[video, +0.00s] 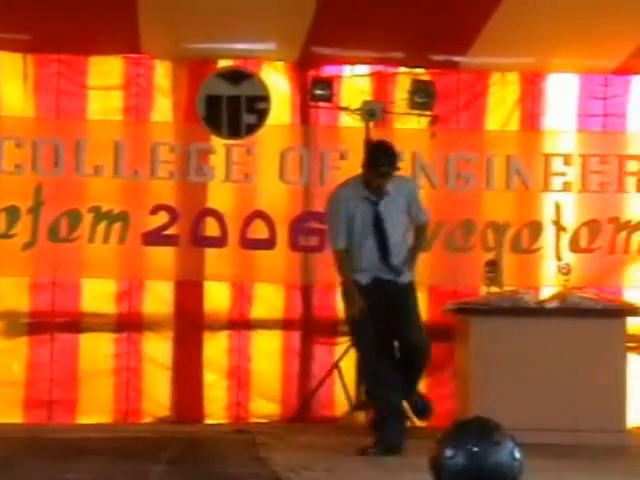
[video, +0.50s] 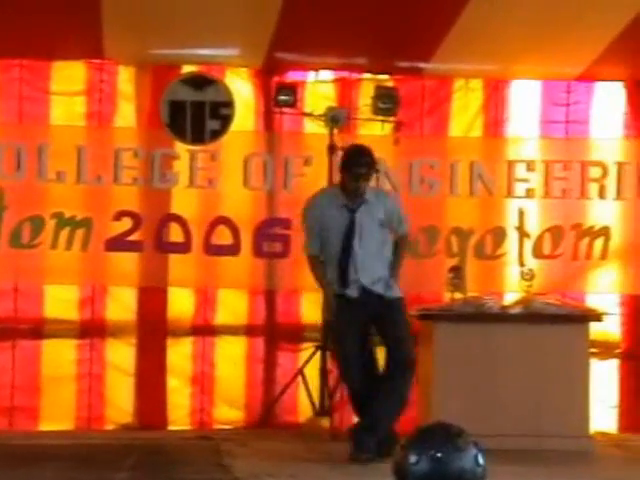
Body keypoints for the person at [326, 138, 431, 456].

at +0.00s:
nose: (382, 182)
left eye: (387, 175)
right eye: (377, 175)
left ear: (394, 172)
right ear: (364, 170)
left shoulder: (405, 190)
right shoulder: (343, 198)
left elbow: (421, 224)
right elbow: (339, 249)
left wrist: (413, 253)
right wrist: (350, 291)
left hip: (400, 284)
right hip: (364, 285)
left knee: (416, 345)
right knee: (374, 360)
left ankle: (406, 388)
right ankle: (389, 433)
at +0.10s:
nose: (370, 180)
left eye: (374, 173)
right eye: (363, 174)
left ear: (381, 168)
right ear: (351, 170)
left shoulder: (394, 188)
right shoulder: (331, 197)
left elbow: (408, 221)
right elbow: (322, 246)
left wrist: (401, 255)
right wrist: (330, 287)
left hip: (384, 282)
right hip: (345, 283)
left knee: (392, 356)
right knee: (342, 357)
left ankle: (393, 430)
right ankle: (358, 428)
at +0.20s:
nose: (363, 180)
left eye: (367, 172)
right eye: (356, 173)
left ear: (375, 167)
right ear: (345, 171)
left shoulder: (394, 189)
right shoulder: (327, 197)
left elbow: (408, 228)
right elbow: (312, 243)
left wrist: (396, 271)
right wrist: (319, 284)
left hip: (379, 287)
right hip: (339, 286)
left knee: (377, 362)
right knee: (326, 359)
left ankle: (369, 435)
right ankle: (339, 432)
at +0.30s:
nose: (361, 178)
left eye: (367, 171)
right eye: (355, 172)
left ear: (375, 168)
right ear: (344, 170)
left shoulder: (394, 192)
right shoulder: (331, 197)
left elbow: (418, 231)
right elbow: (313, 242)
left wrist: (399, 278)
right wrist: (319, 284)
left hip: (380, 293)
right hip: (340, 291)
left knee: (371, 368)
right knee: (329, 362)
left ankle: (357, 440)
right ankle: (342, 428)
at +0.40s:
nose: (359, 178)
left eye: (365, 171)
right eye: (353, 171)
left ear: (373, 168)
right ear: (341, 167)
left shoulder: (390, 191)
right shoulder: (324, 195)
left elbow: (414, 226)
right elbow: (316, 242)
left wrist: (398, 273)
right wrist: (320, 282)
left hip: (381, 289)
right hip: (341, 289)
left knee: (381, 362)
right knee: (342, 362)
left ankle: (363, 435)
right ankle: (352, 427)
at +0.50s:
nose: (360, 186)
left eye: (365, 179)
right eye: (354, 178)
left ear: (372, 177)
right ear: (341, 175)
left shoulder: (384, 203)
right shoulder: (319, 206)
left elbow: (402, 236)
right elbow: (314, 253)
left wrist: (392, 275)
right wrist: (328, 287)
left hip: (383, 294)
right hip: (344, 298)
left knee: (402, 361)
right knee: (355, 370)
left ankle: (369, 434)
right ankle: (383, 435)